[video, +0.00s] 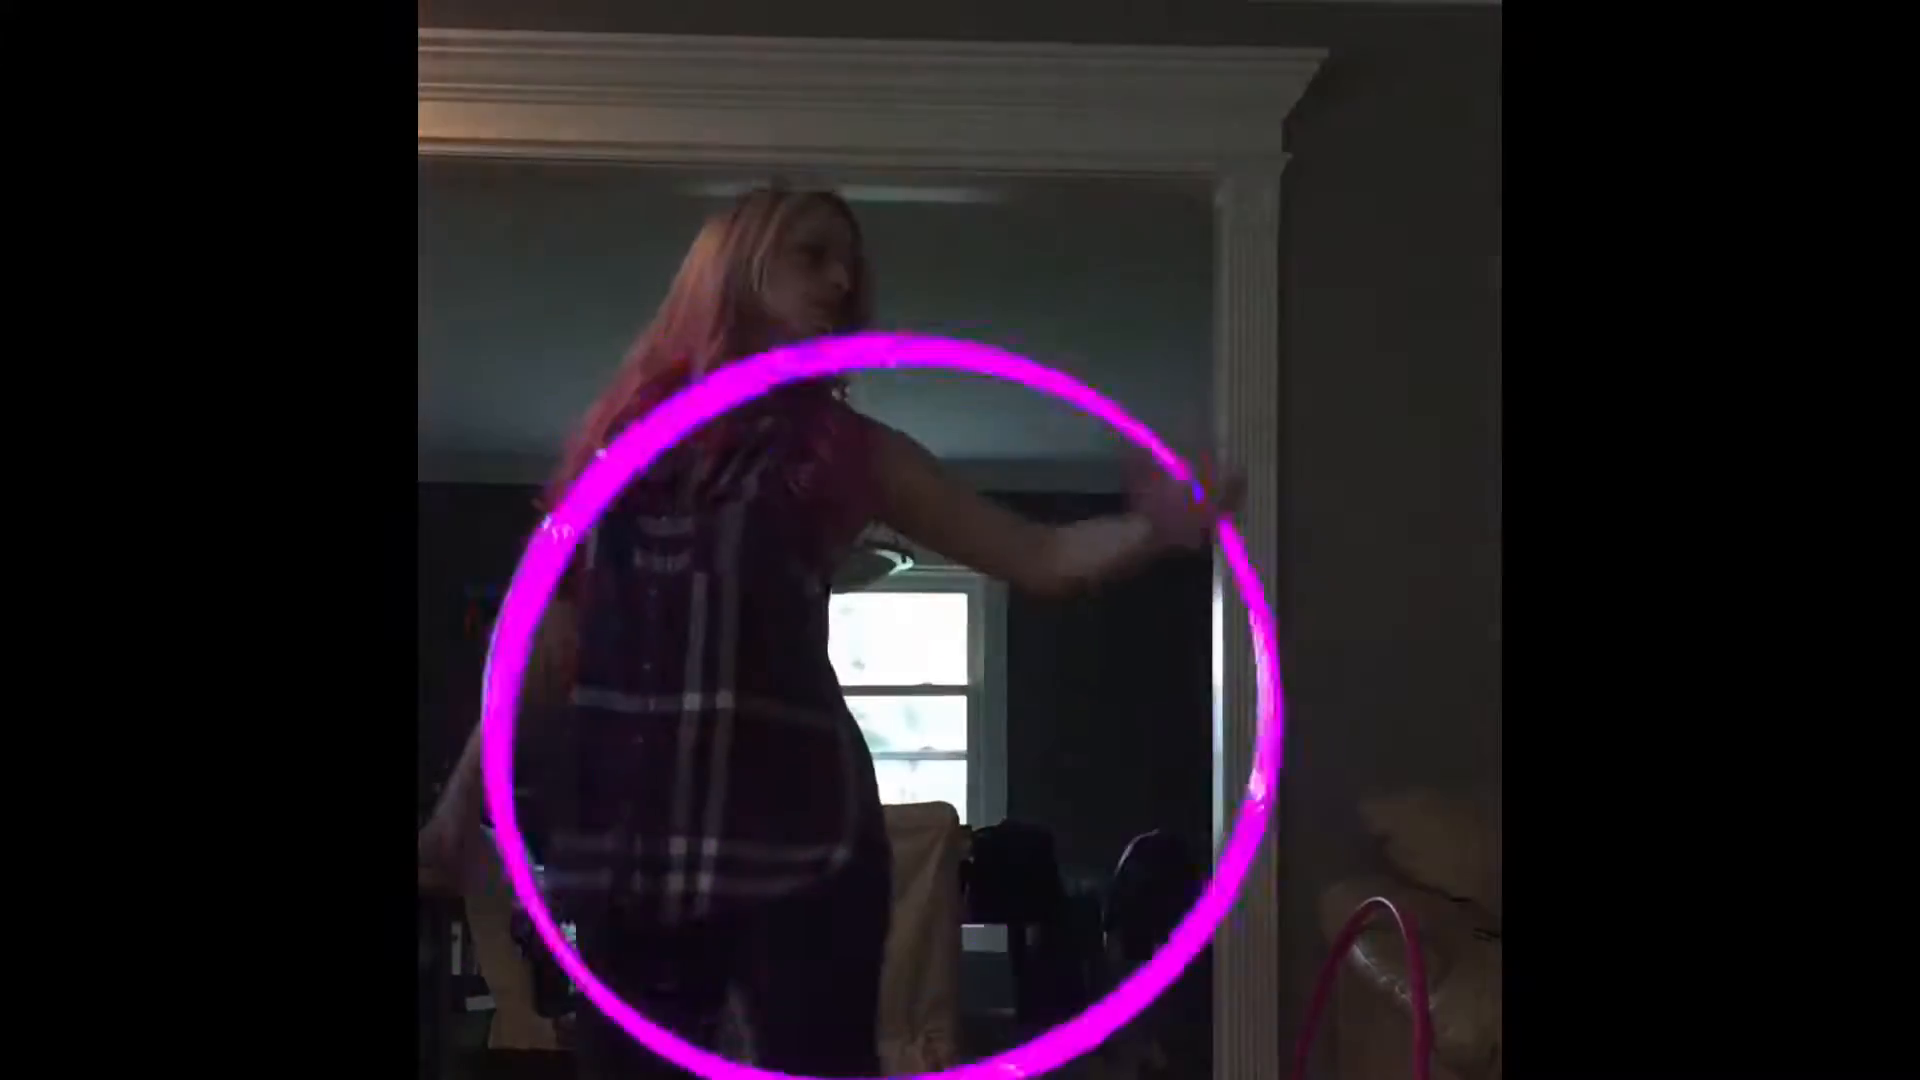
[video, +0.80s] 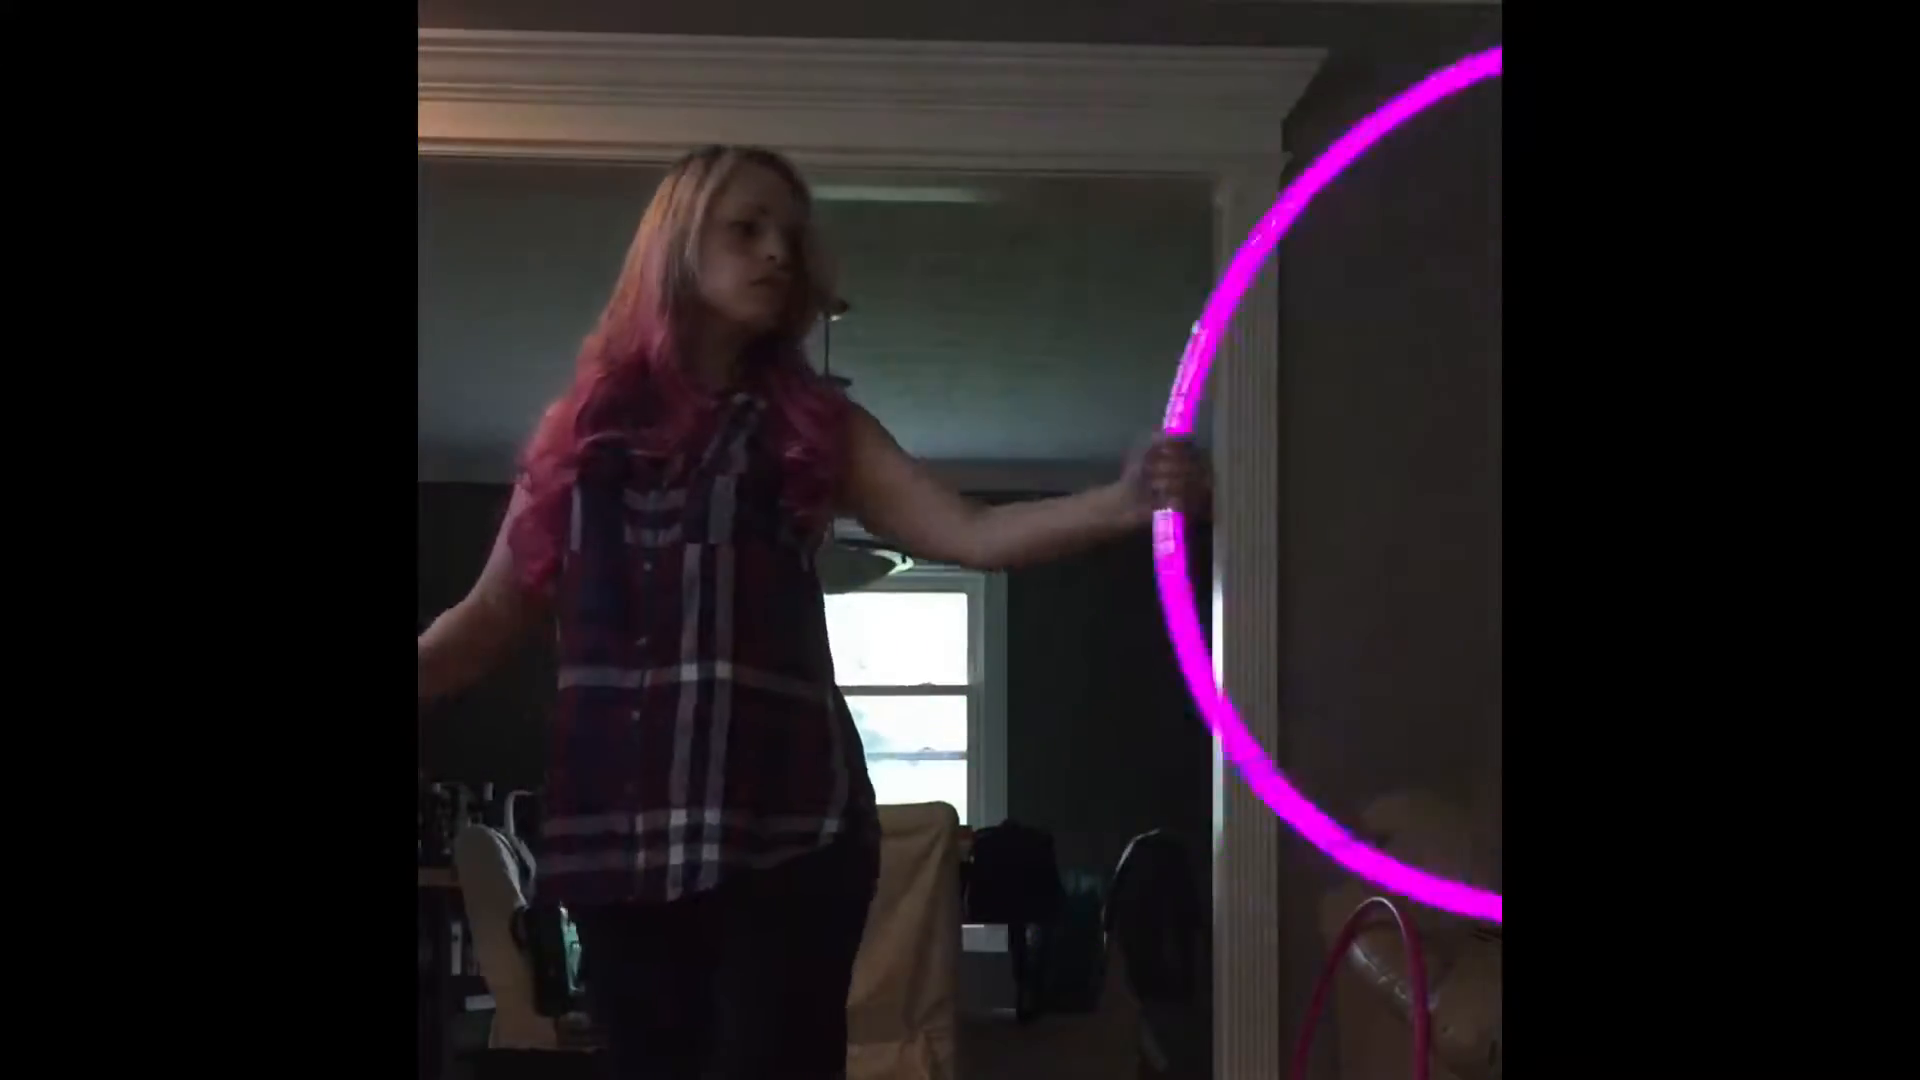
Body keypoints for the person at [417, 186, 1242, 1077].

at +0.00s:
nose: (840, 278)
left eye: (850, 263)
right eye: (811, 253)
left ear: (855, 290)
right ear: (736, 268)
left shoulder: (838, 443)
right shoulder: (624, 439)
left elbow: (1032, 555)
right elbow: (545, 647)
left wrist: (1148, 531)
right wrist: (458, 804)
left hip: (798, 844)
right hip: (626, 839)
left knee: (814, 1072)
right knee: (626, 1065)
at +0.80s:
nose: (778, 252)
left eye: (793, 238)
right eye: (748, 228)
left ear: (805, 267)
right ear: (678, 243)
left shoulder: (810, 419)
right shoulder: (590, 418)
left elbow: (967, 532)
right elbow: (488, 612)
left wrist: (1124, 502)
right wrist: (416, 683)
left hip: (793, 833)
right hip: (625, 835)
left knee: (781, 1059)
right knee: (648, 1056)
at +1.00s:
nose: (768, 247)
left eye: (788, 226)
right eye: (742, 223)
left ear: (815, 246)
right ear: (691, 245)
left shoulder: (853, 412)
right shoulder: (610, 425)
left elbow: (905, 579)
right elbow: (534, 616)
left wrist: (850, 548)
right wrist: (545, 518)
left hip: (814, 822)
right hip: (645, 821)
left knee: (818, 1058)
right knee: (667, 1063)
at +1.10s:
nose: (786, 239)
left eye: (809, 219)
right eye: (759, 215)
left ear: (835, 245)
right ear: (711, 244)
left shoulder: (881, 408)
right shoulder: (653, 393)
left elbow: (875, 591)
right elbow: (572, 571)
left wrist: (723, 567)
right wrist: (648, 420)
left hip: (842, 821)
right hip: (672, 818)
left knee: (834, 1064)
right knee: (689, 1064)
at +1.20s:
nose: (815, 229)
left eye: (840, 209)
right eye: (789, 205)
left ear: (868, 237)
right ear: (743, 230)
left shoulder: (912, 400)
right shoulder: (676, 389)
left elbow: (887, 588)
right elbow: (617, 505)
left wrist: (681, 549)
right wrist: (721, 360)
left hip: (872, 837)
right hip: (696, 834)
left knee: (861, 1068)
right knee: (708, 1067)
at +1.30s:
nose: (844, 215)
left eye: (873, 198)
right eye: (821, 189)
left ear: (903, 232)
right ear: (776, 212)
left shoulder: (941, 389)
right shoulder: (710, 370)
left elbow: (902, 581)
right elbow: (660, 458)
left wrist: (683, 519)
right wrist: (788, 296)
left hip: (904, 836)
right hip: (728, 835)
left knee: (890, 1067)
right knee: (725, 1066)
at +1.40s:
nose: (873, 204)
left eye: (905, 189)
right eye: (851, 176)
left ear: (934, 228)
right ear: (802, 195)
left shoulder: (968, 387)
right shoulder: (742, 350)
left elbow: (901, 569)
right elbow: (680, 433)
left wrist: (688, 478)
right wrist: (798, 283)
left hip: (922, 842)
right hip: (749, 835)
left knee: (905, 1065)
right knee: (742, 1065)